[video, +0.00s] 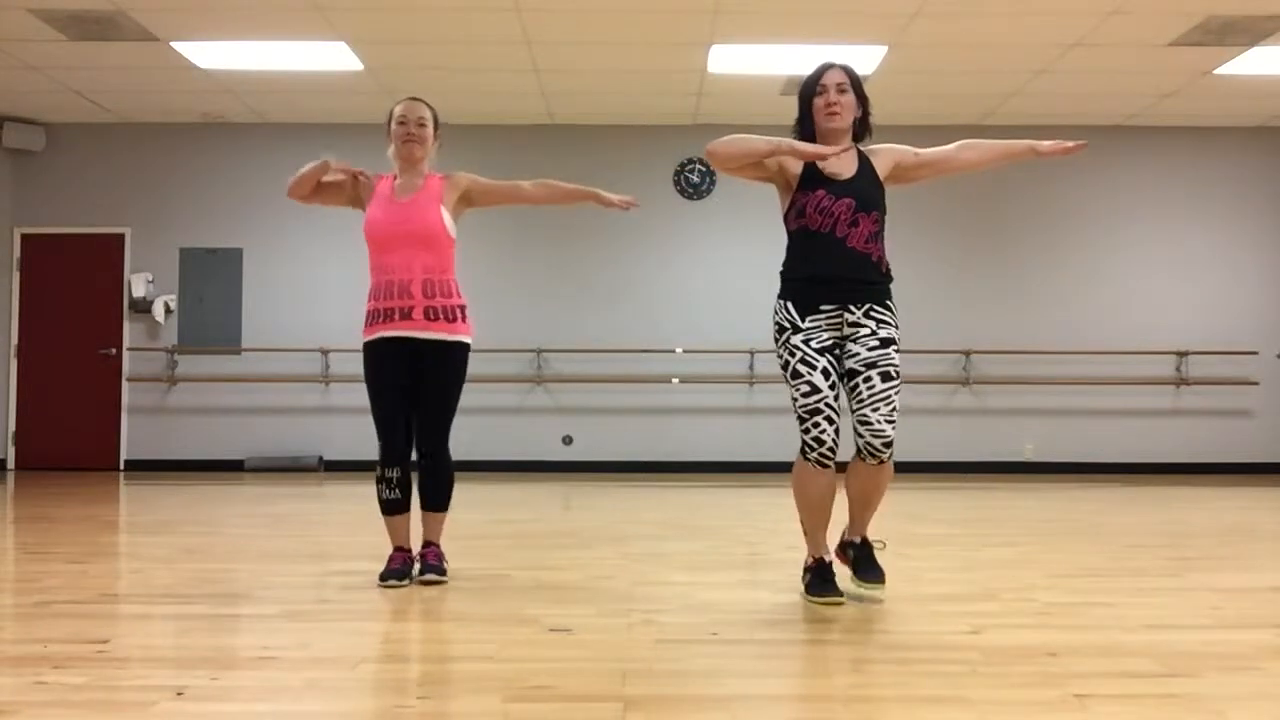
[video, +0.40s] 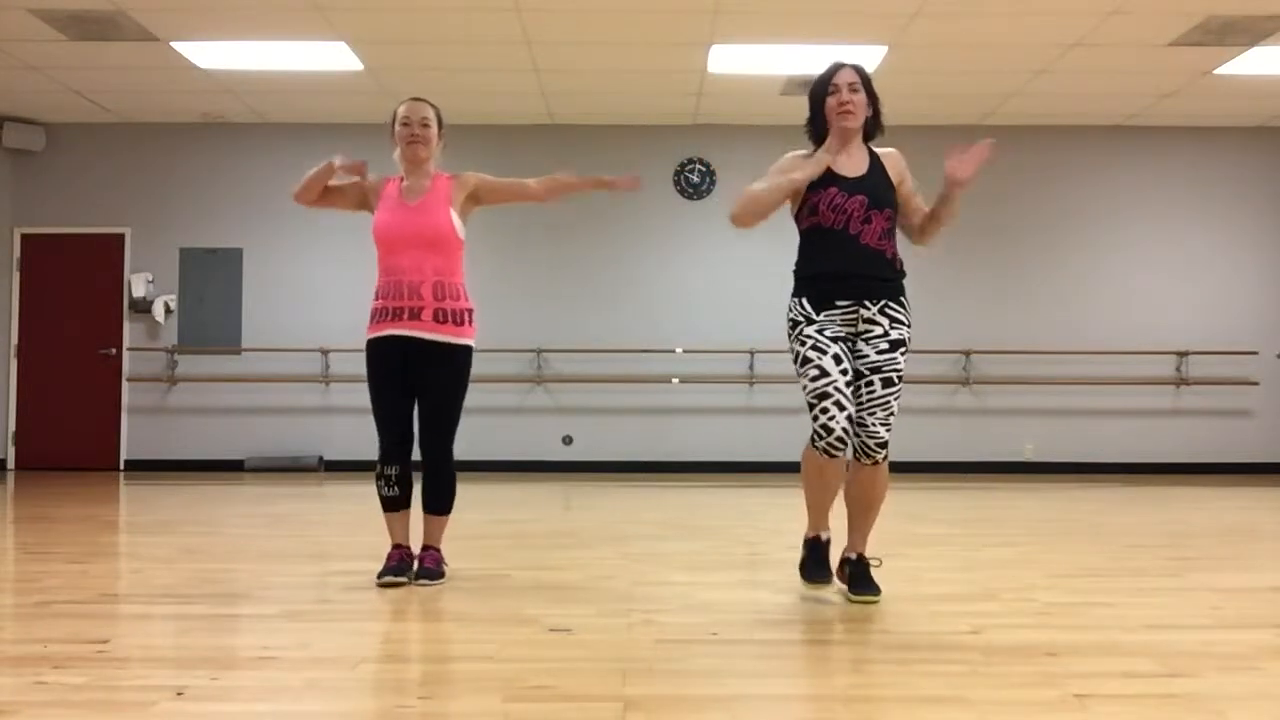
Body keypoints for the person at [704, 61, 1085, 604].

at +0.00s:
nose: (832, 99)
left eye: (842, 91)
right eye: (823, 92)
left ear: (860, 105)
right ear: (807, 107)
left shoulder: (881, 159)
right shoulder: (787, 163)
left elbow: (957, 152)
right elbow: (715, 151)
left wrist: (1032, 147)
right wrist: (789, 147)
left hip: (870, 314)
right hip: (804, 314)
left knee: (878, 435)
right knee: (821, 434)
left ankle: (855, 539)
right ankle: (816, 560)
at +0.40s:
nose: (846, 98)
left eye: (855, 90)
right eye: (835, 91)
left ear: (871, 103)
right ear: (820, 106)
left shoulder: (890, 161)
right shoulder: (798, 163)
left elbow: (923, 230)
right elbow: (741, 214)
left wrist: (952, 189)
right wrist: (791, 181)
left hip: (883, 313)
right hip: (817, 313)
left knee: (873, 435)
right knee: (834, 425)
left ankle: (857, 556)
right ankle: (817, 537)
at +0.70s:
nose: (842, 102)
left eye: (851, 95)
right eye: (833, 94)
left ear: (864, 109)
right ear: (817, 106)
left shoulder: (882, 164)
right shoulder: (800, 163)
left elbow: (941, 159)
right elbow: (772, 164)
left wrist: (901, 110)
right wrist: (807, 105)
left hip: (878, 311)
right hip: (814, 312)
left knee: (874, 435)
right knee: (831, 434)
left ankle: (856, 555)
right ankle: (816, 555)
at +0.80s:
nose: (841, 98)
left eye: (850, 91)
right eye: (830, 91)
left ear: (864, 104)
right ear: (814, 106)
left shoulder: (881, 154)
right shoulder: (797, 159)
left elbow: (928, 104)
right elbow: (775, 98)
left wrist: (882, 39)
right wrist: (821, 45)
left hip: (876, 309)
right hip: (810, 311)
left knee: (884, 427)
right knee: (821, 429)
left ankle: (855, 541)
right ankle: (815, 556)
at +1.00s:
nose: (844, 105)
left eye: (853, 96)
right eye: (832, 97)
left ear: (867, 109)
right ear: (817, 110)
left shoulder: (884, 155)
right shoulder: (801, 160)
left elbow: (898, 66)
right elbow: (789, 75)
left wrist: (869, 1)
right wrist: (816, 11)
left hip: (877, 310)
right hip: (811, 311)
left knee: (872, 433)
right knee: (821, 432)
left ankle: (863, 552)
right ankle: (816, 557)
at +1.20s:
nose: (846, 99)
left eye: (856, 91)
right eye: (835, 92)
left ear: (869, 103)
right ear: (820, 105)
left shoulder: (885, 149)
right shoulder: (803, 153)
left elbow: (892, 58)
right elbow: (793, 66)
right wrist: (797, 10)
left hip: (882, 308)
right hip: (816, 310)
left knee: (872, 432)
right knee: (826, 427)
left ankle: (859, 555)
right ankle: (818, 545)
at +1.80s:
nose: (844, 105)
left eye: (853, 97)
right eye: (832, 97)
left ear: (864, 109)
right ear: (814, 109)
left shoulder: (881, 156)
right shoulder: (792, 159)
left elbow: (940, 97)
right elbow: (730, 102)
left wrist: (1001, 41)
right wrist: (680, 43)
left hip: (871, 316)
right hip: (805, 316)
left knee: (869, 436)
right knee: (816, 435)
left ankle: (856, 546)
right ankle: (809, 558)